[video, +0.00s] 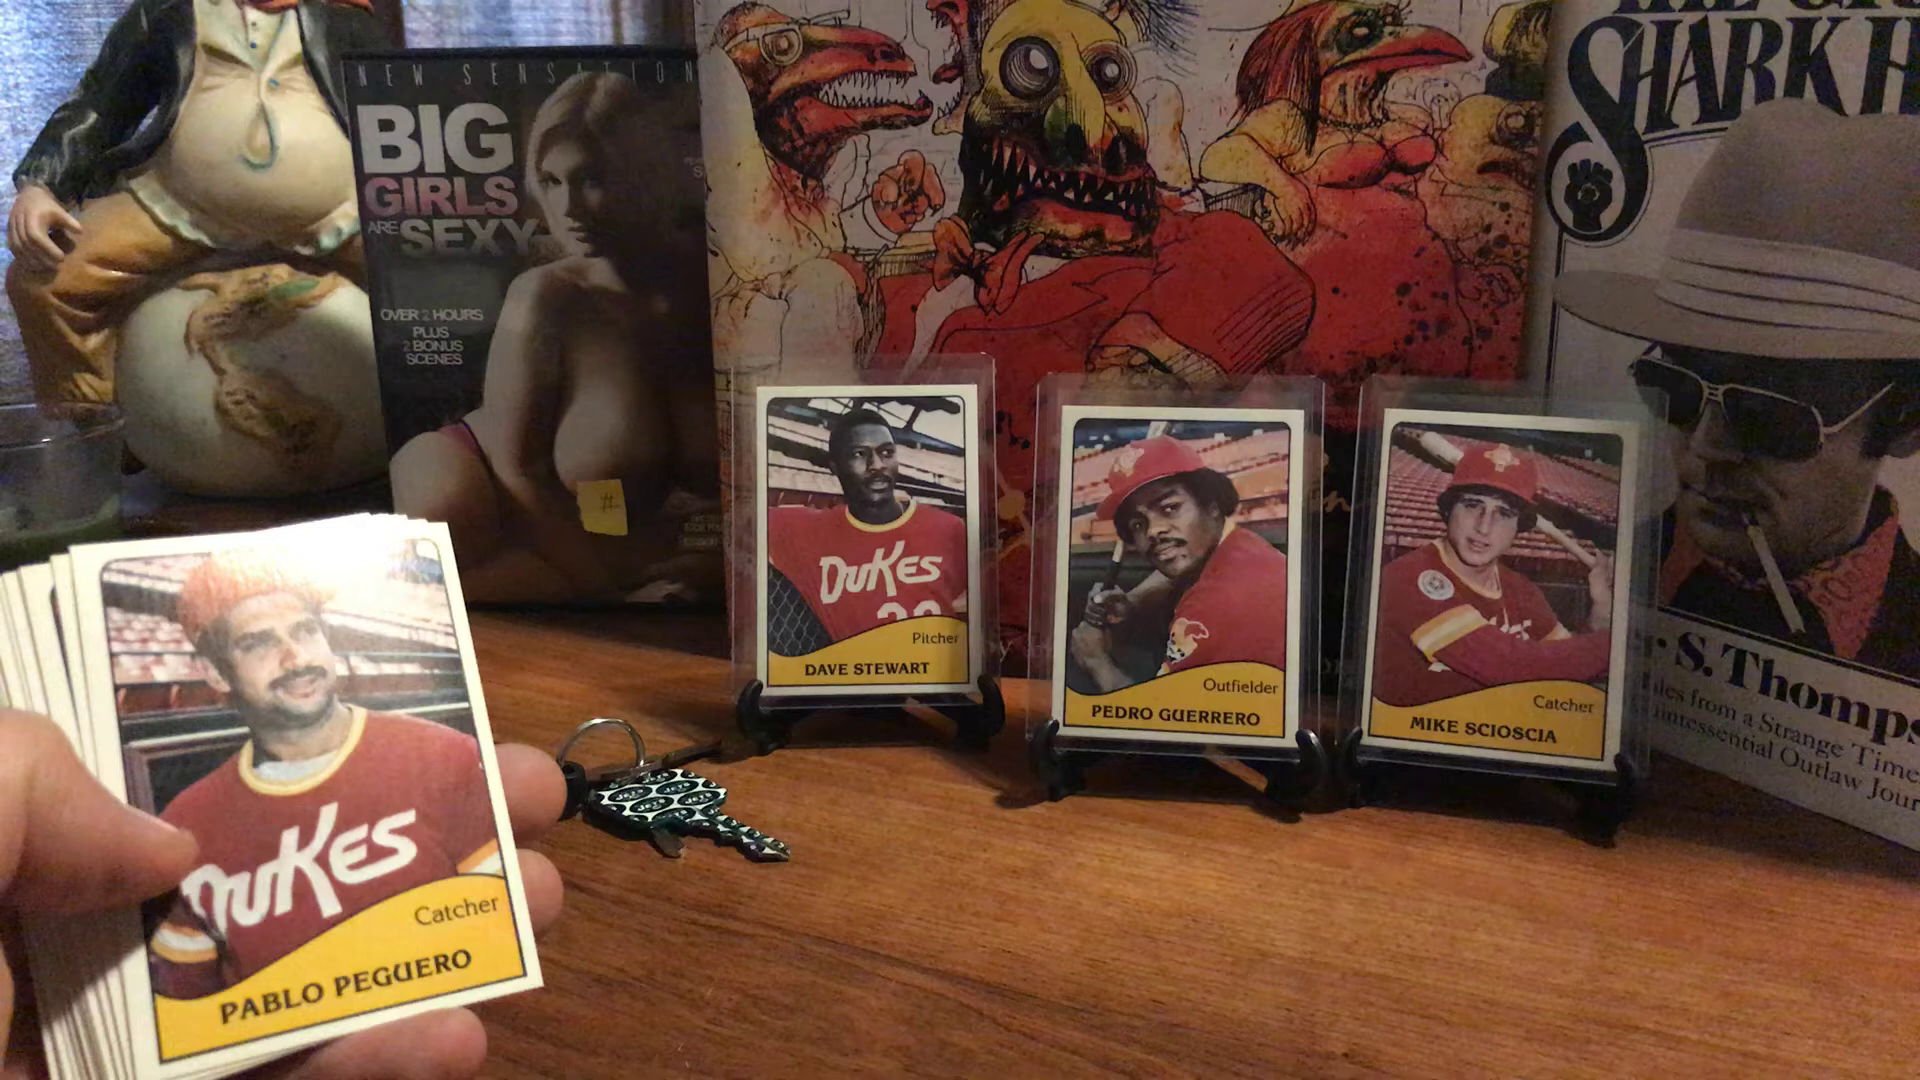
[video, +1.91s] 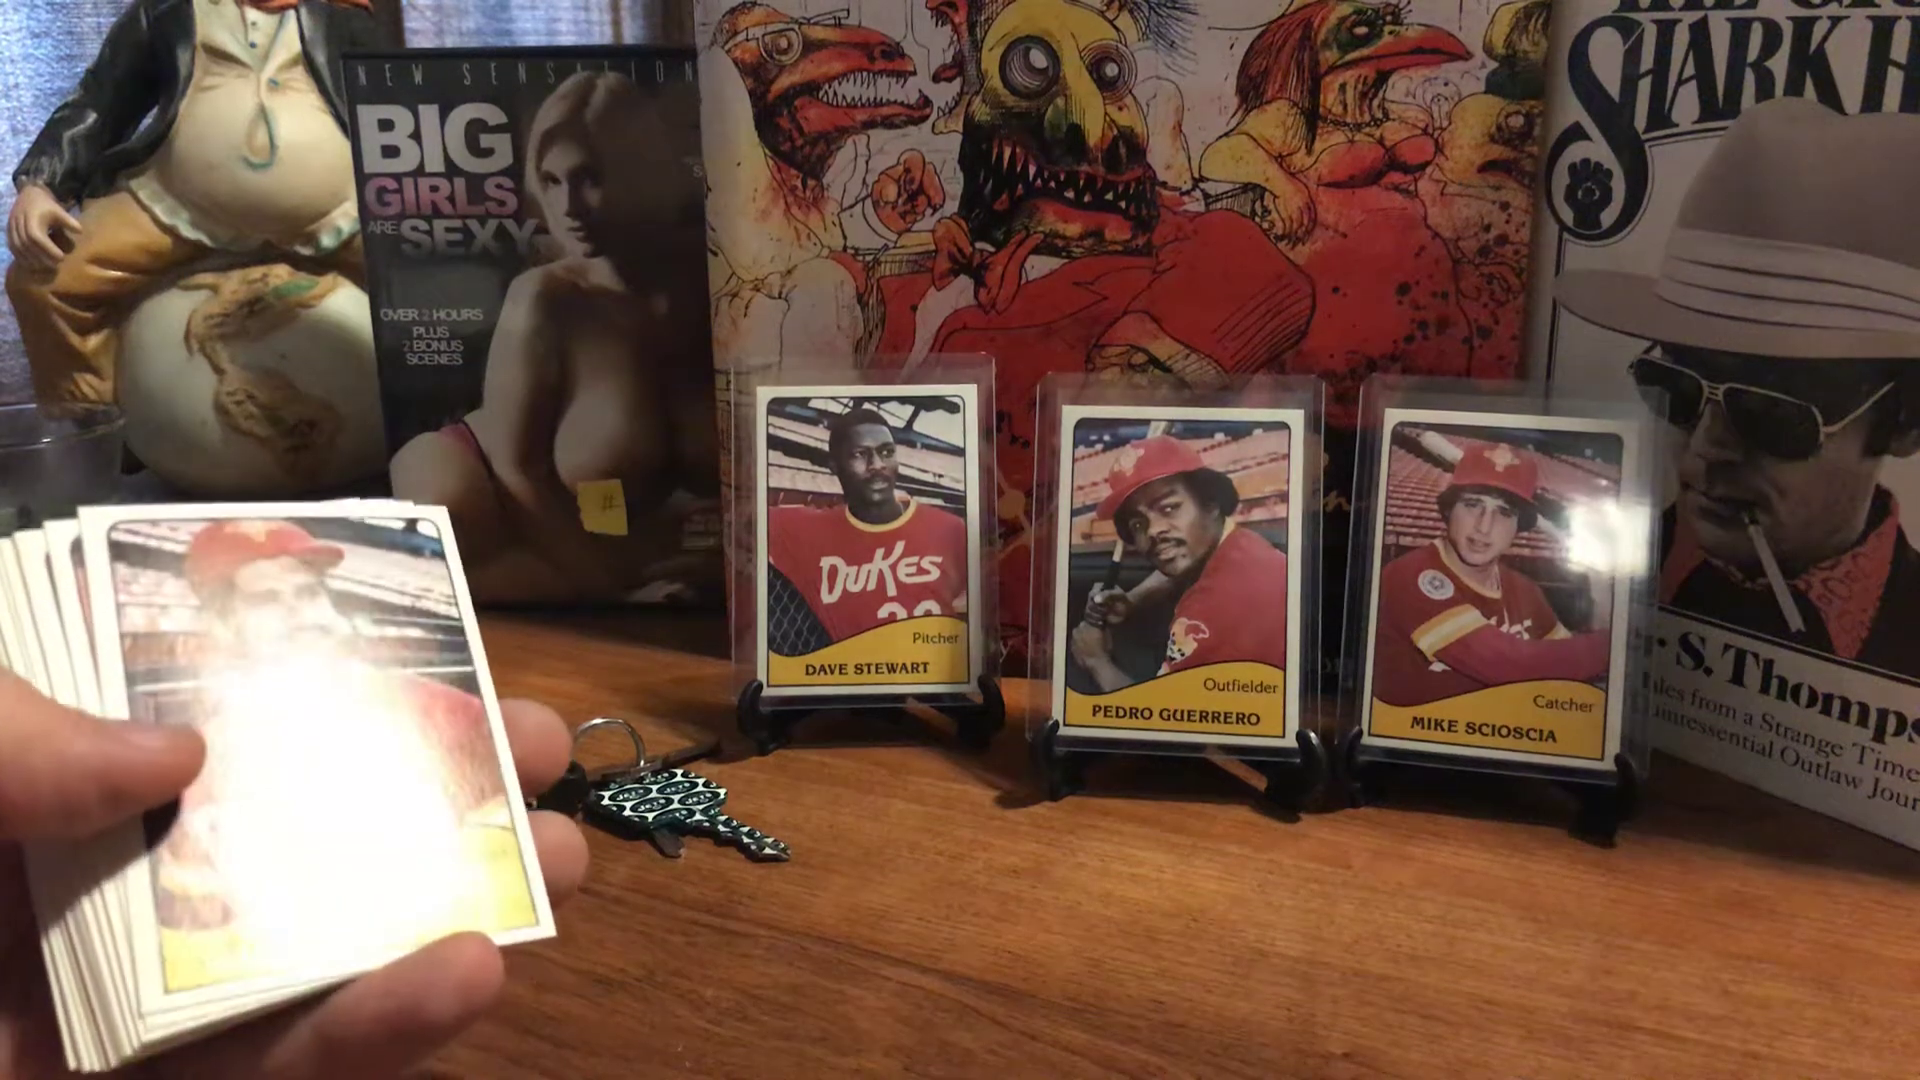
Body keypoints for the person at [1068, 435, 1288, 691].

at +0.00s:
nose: (1154, 530)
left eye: (1169, 508)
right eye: (1138, 524)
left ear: (1211, 505)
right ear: (1133, 542)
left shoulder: (1213, 608)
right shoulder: (1246, 545)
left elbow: (1160, 723)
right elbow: (1183, 570)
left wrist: (1097, 662)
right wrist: (1132, 603)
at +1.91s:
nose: (1155, 530)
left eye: (1169, 508)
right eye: (1139, 523)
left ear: (1211, 504)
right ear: (1133, 540)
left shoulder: (1208, 610)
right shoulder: (1248, 545)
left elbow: (1162, 719)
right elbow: (1185, 565)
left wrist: (1097, 662)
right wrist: (1132, 601)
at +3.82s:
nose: (1155, 531)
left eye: (1168, 509)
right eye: (1139, 524)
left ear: (1213, 504)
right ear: (1133, 541)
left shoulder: (1212, 610)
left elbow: (1160, 722)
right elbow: (1184, 563)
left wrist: (1097, 662)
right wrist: (1133, 602)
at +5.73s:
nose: (1156, 530)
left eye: (1171, 508)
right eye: (1141, 521)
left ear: (1216, 506)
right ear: (1134, 537)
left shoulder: (1212, 604)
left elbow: (1163, 722)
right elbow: (1184, 565)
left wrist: (1098, 662)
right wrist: (1133, 601)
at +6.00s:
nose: (1156, 529)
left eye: (1170, 507)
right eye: (1140, 520)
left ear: (1214, 504)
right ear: (1133, 536)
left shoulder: (1213, 602)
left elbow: (1163, 721)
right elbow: (1185, 564)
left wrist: (1098, 661)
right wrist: (1132, 600)